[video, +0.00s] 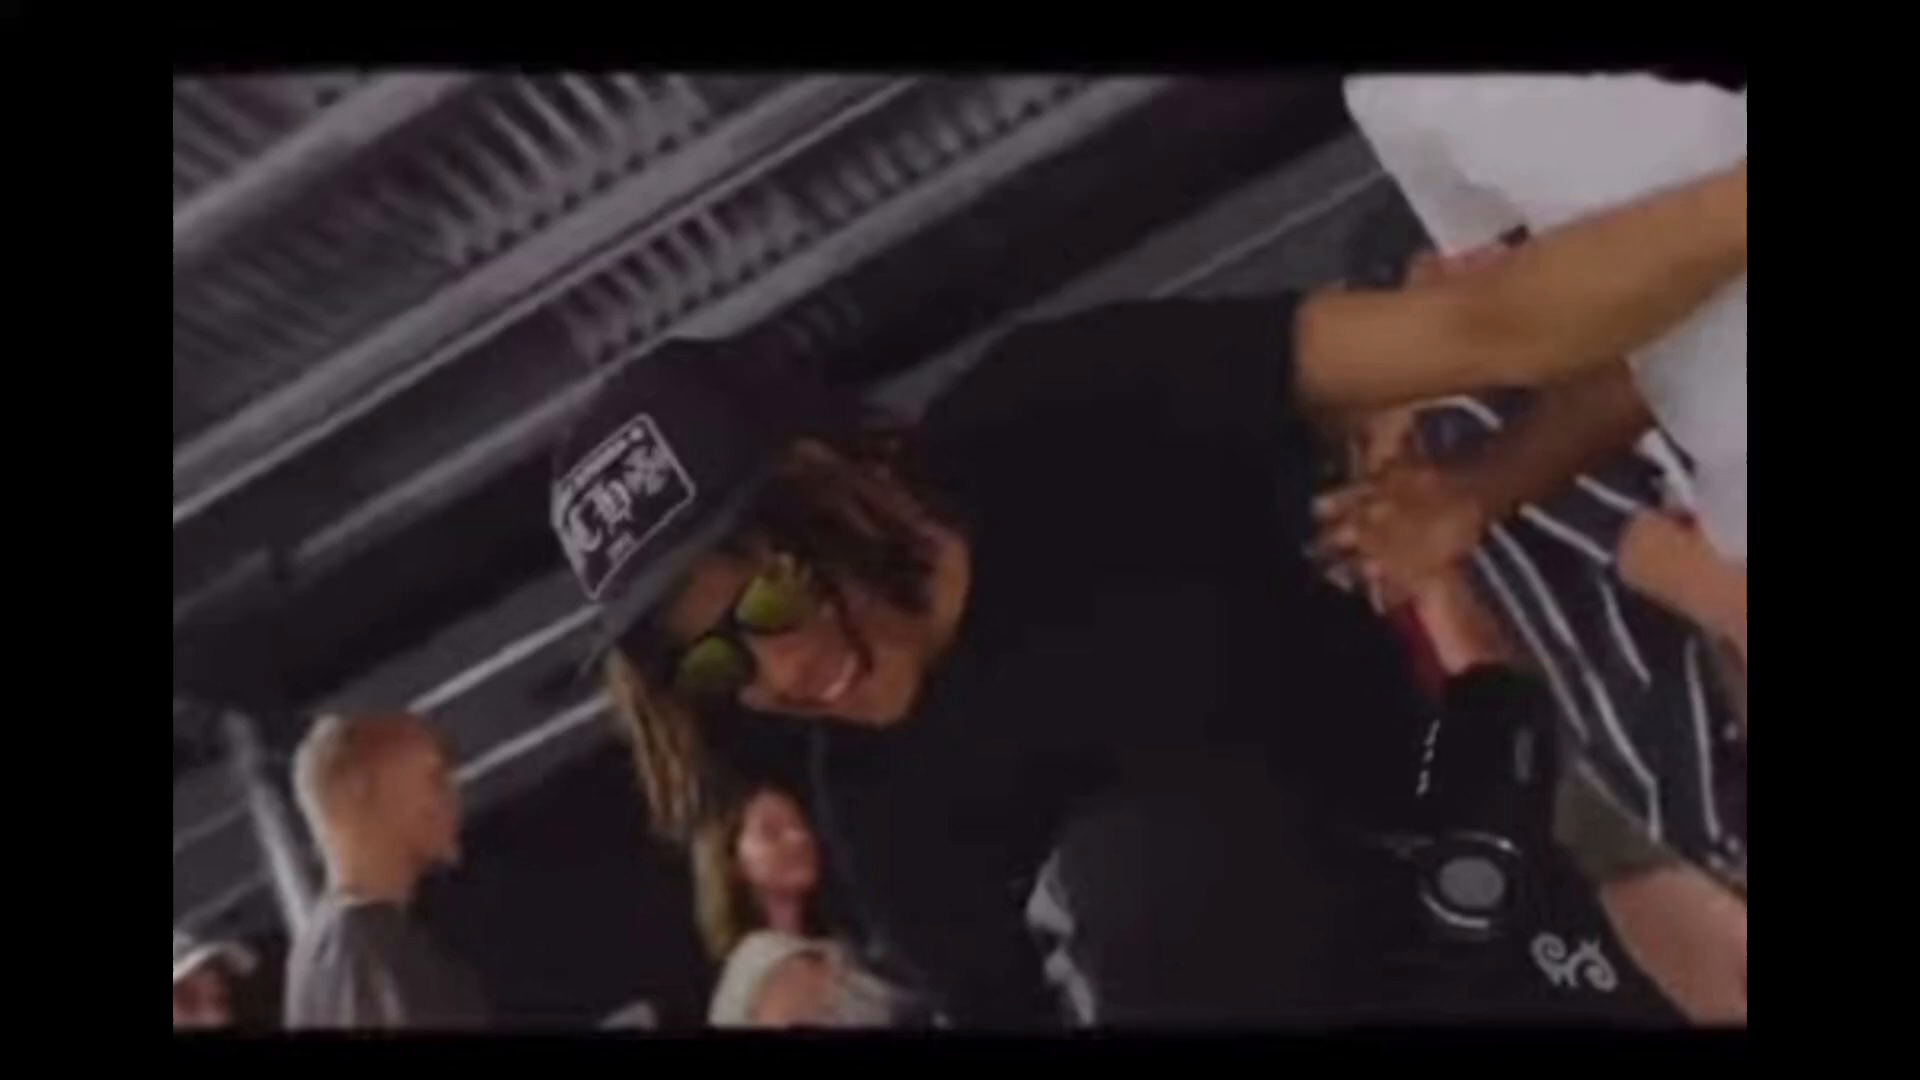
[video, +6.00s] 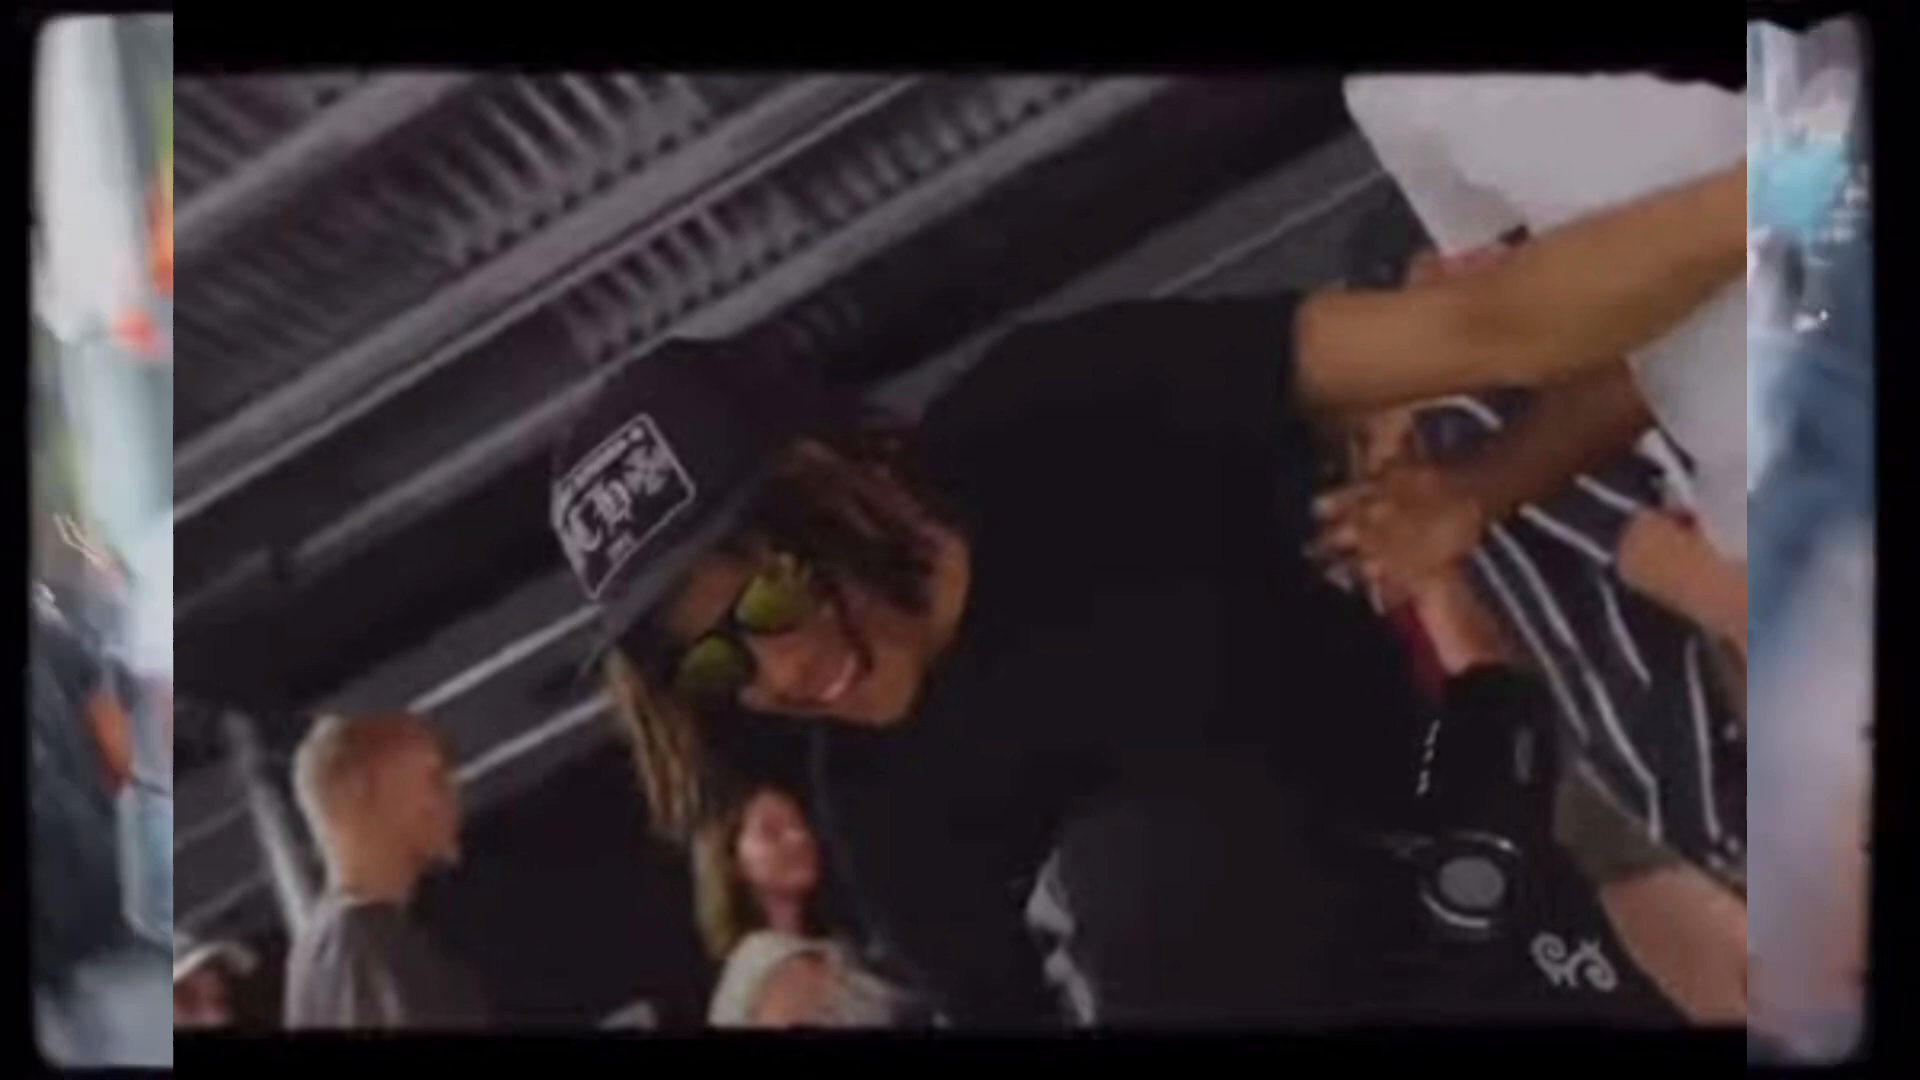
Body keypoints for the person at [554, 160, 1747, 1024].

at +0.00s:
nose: (767, 656)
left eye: (760, 583)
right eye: (708, 655)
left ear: (833, 476)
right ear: (687, 687)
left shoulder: (1052, 403)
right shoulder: (888, 847)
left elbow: (1470, 329)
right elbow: (1035, 1024)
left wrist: (1739, 209)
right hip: (1258, 977)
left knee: (1137, 866)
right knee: (1136, 865)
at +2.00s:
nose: (768, 656)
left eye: (761, 582)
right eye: (708, 654)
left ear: (835, 476)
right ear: (687, 685)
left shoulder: (1052, 404)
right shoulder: (886, 847)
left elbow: (1472, 328)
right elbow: (1031, 1024)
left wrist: (1740, 208)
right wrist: (837, 995)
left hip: (1477, 844)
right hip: (1240, 973)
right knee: (1136, 862)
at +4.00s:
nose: (768, 661)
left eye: (761, 587)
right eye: (709, 657)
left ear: (835, 480)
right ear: (686, 685)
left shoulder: (1051, 403)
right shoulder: (887, 843)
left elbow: (1469, 330)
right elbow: (1030, 1023)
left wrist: (1760, 200)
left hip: (1476, 839)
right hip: (1242, 973)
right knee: (1136, 867)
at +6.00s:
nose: (768, 656)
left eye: (760, 581)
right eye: (708, 654)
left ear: (834, 475)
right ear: (687, 686)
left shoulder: (1053, 403)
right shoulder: (888, 847)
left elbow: (1467, 331)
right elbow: (1038, 1025)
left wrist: (1784, 188)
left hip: (1482, 835)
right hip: (1263, 973)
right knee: (1136, 864)